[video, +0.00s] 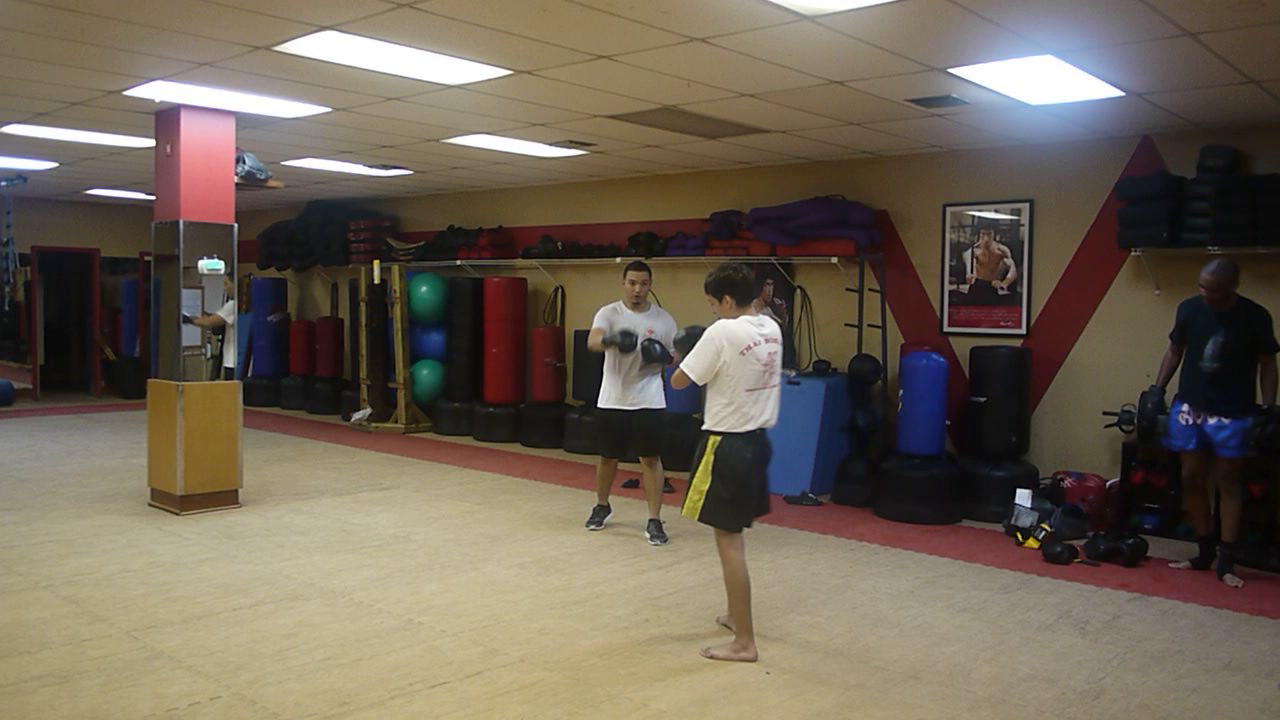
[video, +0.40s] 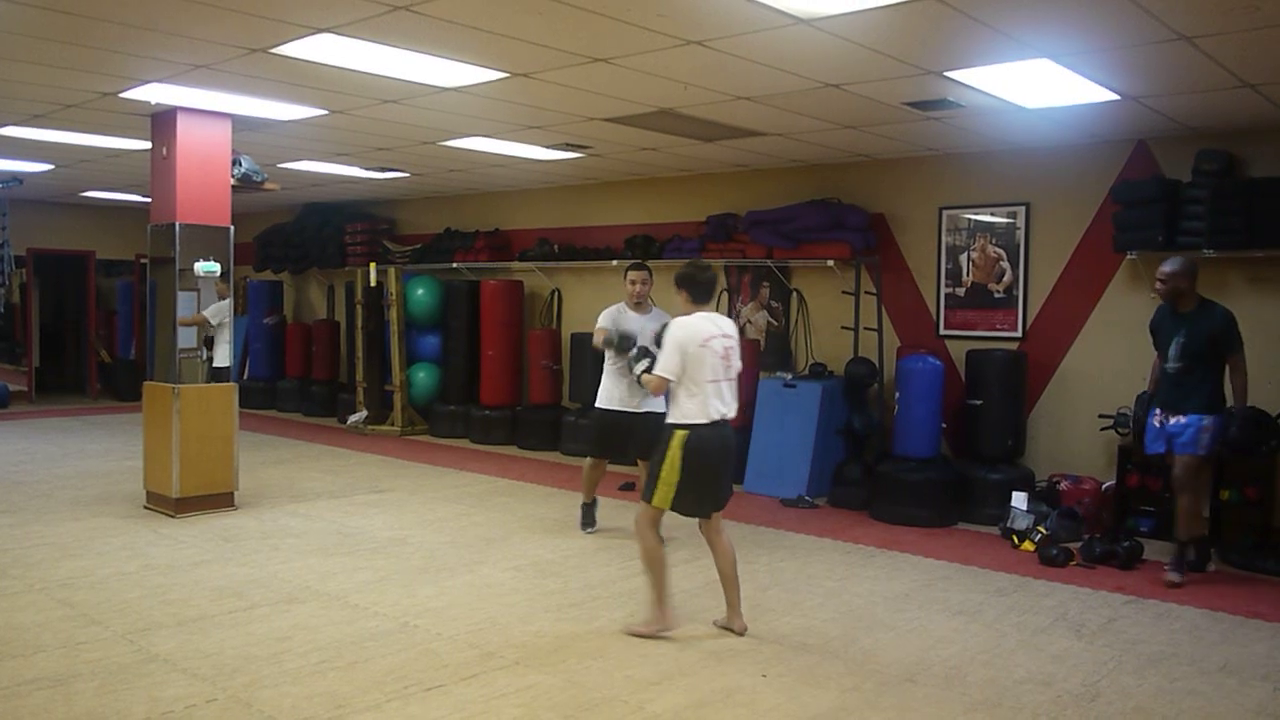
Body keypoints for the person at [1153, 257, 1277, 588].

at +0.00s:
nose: (1204, 295)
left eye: (1211, 291)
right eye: (1202, 287)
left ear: (1231, 288)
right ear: (1201, 281)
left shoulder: (1256, 317)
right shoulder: (1189, 310)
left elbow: (1267, 365)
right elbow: (1174, 350)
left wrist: (1268, 407)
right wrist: (1156, 390)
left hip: (1232, 415)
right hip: (1189, 412)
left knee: (1229, 484)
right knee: (1191, 480)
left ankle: (1226, 562)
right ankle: (1204, 553)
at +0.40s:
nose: (1156, 286)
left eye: (1163, 282)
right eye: (1156, 280)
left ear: (1186, 283)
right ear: (1163, 283)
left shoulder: (1219, 318)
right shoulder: (1160, 318)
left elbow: (1237, 367)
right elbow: (1161, 359)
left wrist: (1239, 413)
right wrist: (1149, 400)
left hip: (1201, 415)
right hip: (1166, 413)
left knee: (1182, 480)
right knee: (1184, 481)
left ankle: (1178, 556)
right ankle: (1199, 547)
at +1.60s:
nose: (997, 273)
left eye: (1003, 268)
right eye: (999, 268)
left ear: (1019, 276)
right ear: (1018, 276)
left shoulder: (1035, 309)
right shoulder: (1021, 308)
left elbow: (1045, 357)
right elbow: (1025, 362)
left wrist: (1029, 406)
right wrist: (1011, 401)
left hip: (1039, 409)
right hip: (1018, 406)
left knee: (1035, 476)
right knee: (1000, 466)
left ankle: (1090, 543)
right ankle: (999, 543)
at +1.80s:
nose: (966, 277)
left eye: (969, 272)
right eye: (967, 271)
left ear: (979, 275)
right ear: (993, 275)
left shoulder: (997, 303)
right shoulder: (1000, 303)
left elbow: (1010, 349)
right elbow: (1003, 352)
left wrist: (1004, 399)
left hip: (986, 399)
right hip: (999, 399)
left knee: (957, 461)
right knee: (994, 466)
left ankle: (1001, 518)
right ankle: (998, 543)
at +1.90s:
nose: (947, 275)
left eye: (951, 270)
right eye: (949, 270)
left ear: (964, 273)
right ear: (972, 273)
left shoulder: (978, 303)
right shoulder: (983, 301)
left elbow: (992, 351)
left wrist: (982, 398)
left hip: (971, 400)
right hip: (990, 400)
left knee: (936, 457)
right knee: (988, 468)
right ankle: (998, 543)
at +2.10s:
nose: (911, 281)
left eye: (914, 277)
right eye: (913, 276)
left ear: (925, 278)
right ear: (940, 278)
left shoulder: (935, 307)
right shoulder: (954, 305)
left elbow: (944, 356)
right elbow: (958, 356)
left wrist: (926, 398)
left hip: (936, 401)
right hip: (959, 401)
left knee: (902, 457)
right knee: (948, 464)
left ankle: (896, 535)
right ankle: (987, 529)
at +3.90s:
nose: (665, 282)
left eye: (666, 277)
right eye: (665, 277)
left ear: (674, 277)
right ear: (686, 276)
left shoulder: (679, 300)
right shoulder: (707, 298)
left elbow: (683, 335)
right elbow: (722, 333)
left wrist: (670, 368)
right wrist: (716, 364)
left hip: (685, 373)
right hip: (706, 372)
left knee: (661, 424)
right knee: (694, 425)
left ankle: (688, 468)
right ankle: (698, 484)